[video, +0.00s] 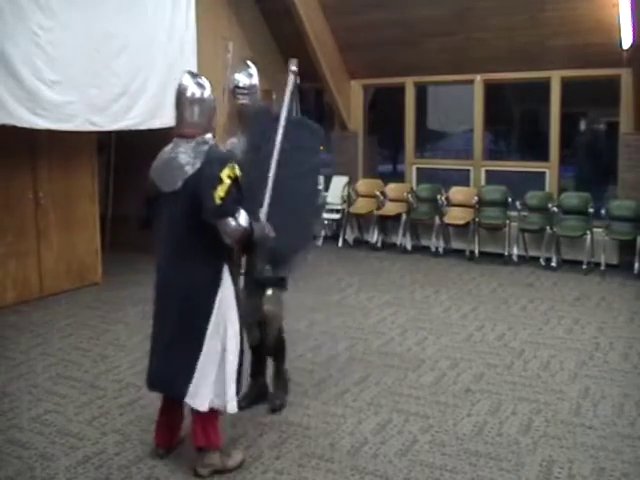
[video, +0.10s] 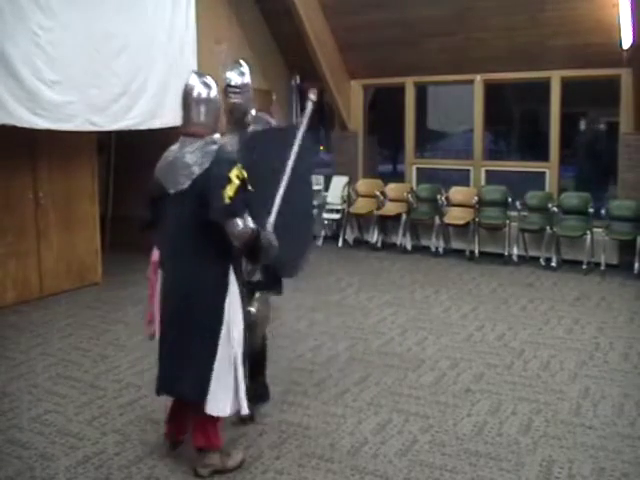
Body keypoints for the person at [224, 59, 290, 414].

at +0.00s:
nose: (239, 101)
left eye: (245, 93)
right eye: (235, 93)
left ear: (260, 96)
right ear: (229, 98)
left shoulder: (287, 139)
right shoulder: (237, 141)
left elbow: (303, 199)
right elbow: (231, 191)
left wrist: (280, 237)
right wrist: (234, 225)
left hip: (281, 236)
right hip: (250, 237)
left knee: (268, 308)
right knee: (249, 310)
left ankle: (278, 376)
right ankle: (257, 380)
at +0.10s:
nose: (234, 99)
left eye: (241, 92)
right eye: (229, 91)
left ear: (253, 97)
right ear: (218, 96)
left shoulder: (268, 139)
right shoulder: (208, 141)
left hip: (258, 239)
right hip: (213, 241)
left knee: (253, 315)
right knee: (218, 318)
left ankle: (254, 388)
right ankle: (221, 390)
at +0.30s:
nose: (213, 116)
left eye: (213, 109)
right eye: (216, 108)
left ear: (199, 112)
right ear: (233, 114)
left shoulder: (183, 155)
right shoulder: (235, 158)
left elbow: (163, 218)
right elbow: (243, 221)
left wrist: (168, 277)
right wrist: (265, 247)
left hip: (189, 271)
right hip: (222, 275)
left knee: (208, 349)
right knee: (221, 354)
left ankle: (221, 425)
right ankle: (209, 446)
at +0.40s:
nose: (218, 125)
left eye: (221, 117)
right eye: (214, 117)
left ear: (204, 123)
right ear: (226, 122)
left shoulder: (183, 166)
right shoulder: (245, 165)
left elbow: (167, 230)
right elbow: (257, 229)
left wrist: (166, 276)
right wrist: (273, 268)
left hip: (197, 278)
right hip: (233, 278)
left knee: (216, 356)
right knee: (230, 357)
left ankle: (240, 434)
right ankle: (212, 444)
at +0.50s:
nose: (232, 121)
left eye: (215, 114)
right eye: (234, 115)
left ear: (203, 118)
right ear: (240, 116)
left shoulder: (192, 160)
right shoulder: (252, 163)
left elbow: (174, 222)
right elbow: (269, 228)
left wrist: (173, 275)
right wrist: (281, 269)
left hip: (205, 274)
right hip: (242, 275)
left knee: (225, 354)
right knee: (244, 356)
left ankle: (246, 435)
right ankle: (213, 445)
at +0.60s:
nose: (238, 119)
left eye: (232, 113)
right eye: (238, 113)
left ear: (212, 117)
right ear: (246, 115)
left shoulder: (200, 164)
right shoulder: (264, 162)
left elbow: (184, 219)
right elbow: (279, 223)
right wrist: (289, 264)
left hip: (215, 268)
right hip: (253, 270)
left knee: (229, 348)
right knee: (244, 352)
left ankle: (248, 433)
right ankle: (214, 445)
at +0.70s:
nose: (245, 119)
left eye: (237, 115)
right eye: (248, 114)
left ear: (222, 119)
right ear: (256, 117)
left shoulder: (209, 163)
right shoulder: (273, 160)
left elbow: (193, 218)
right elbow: (290, 219)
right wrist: (302, 265)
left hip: (224, 267)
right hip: (263, 267)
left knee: (233, 346)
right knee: (255, 345)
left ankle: (249, 432)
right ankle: (224, 429)